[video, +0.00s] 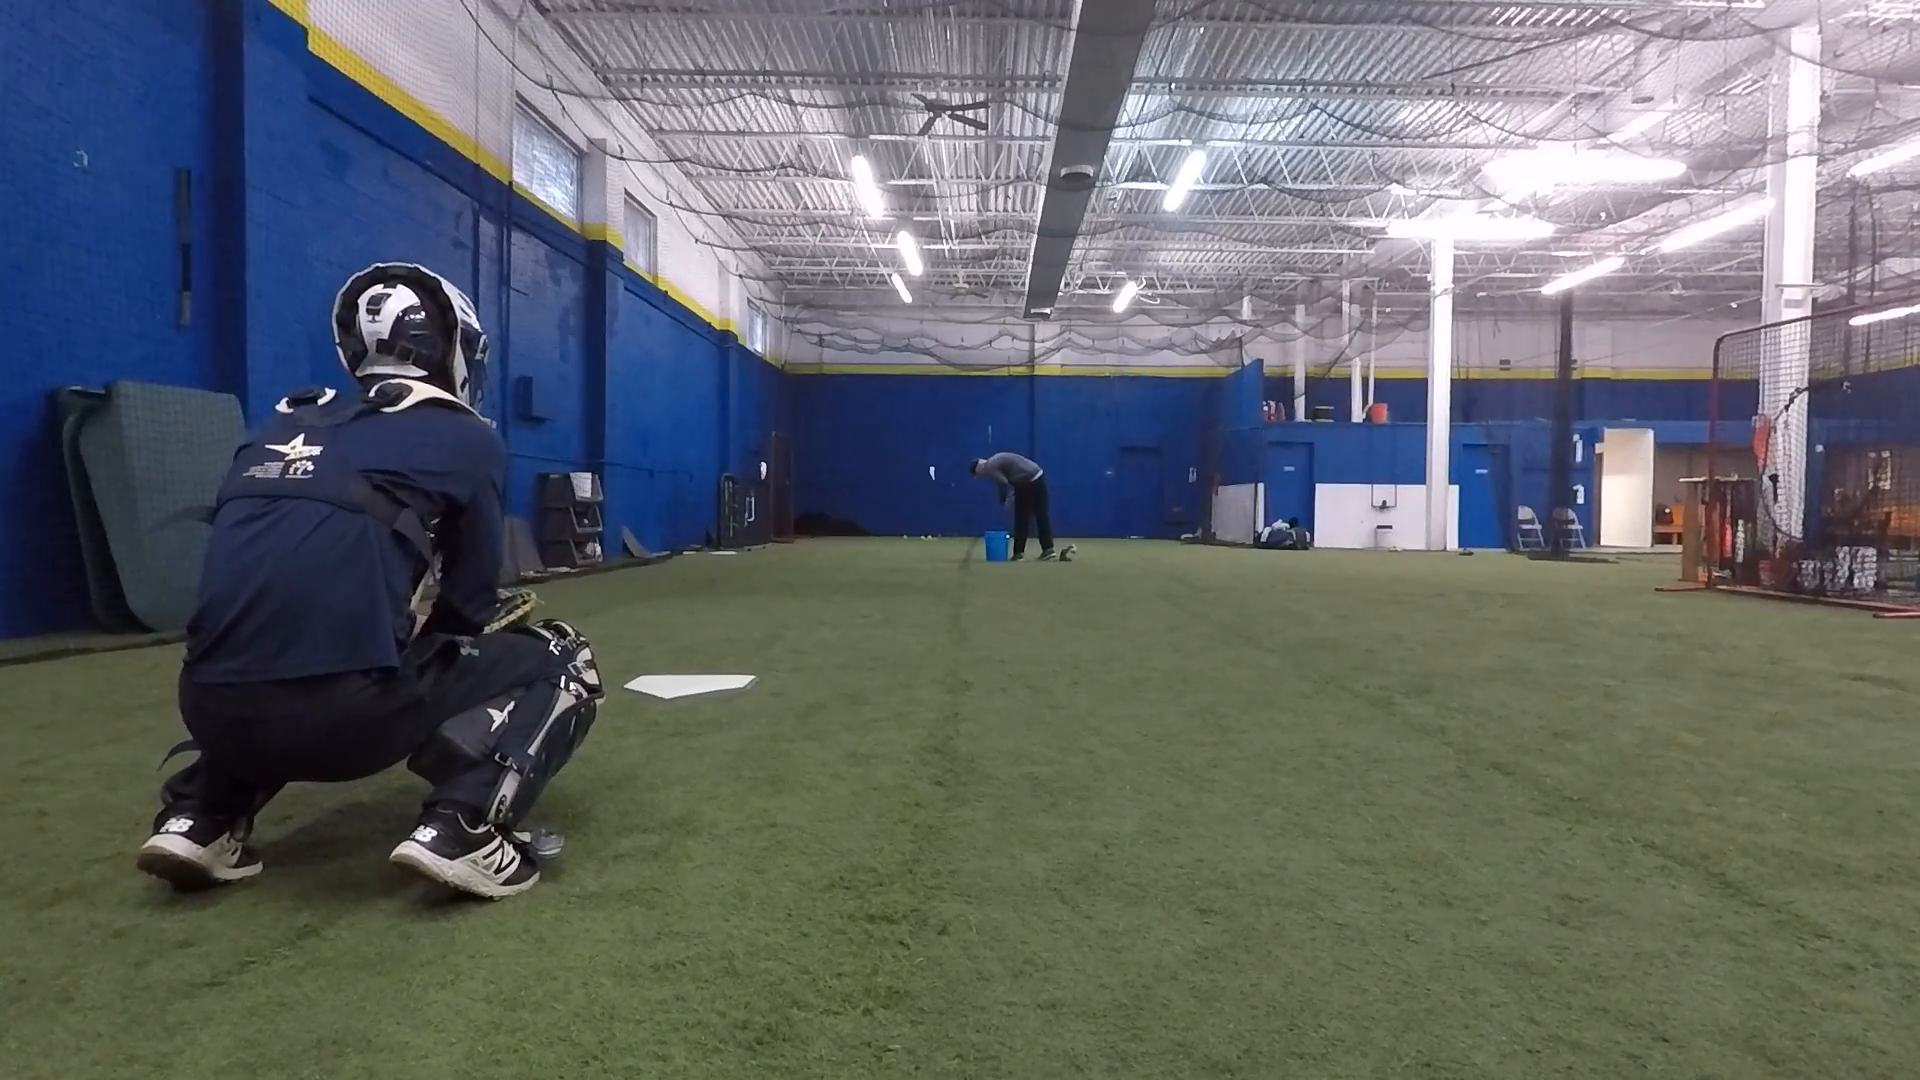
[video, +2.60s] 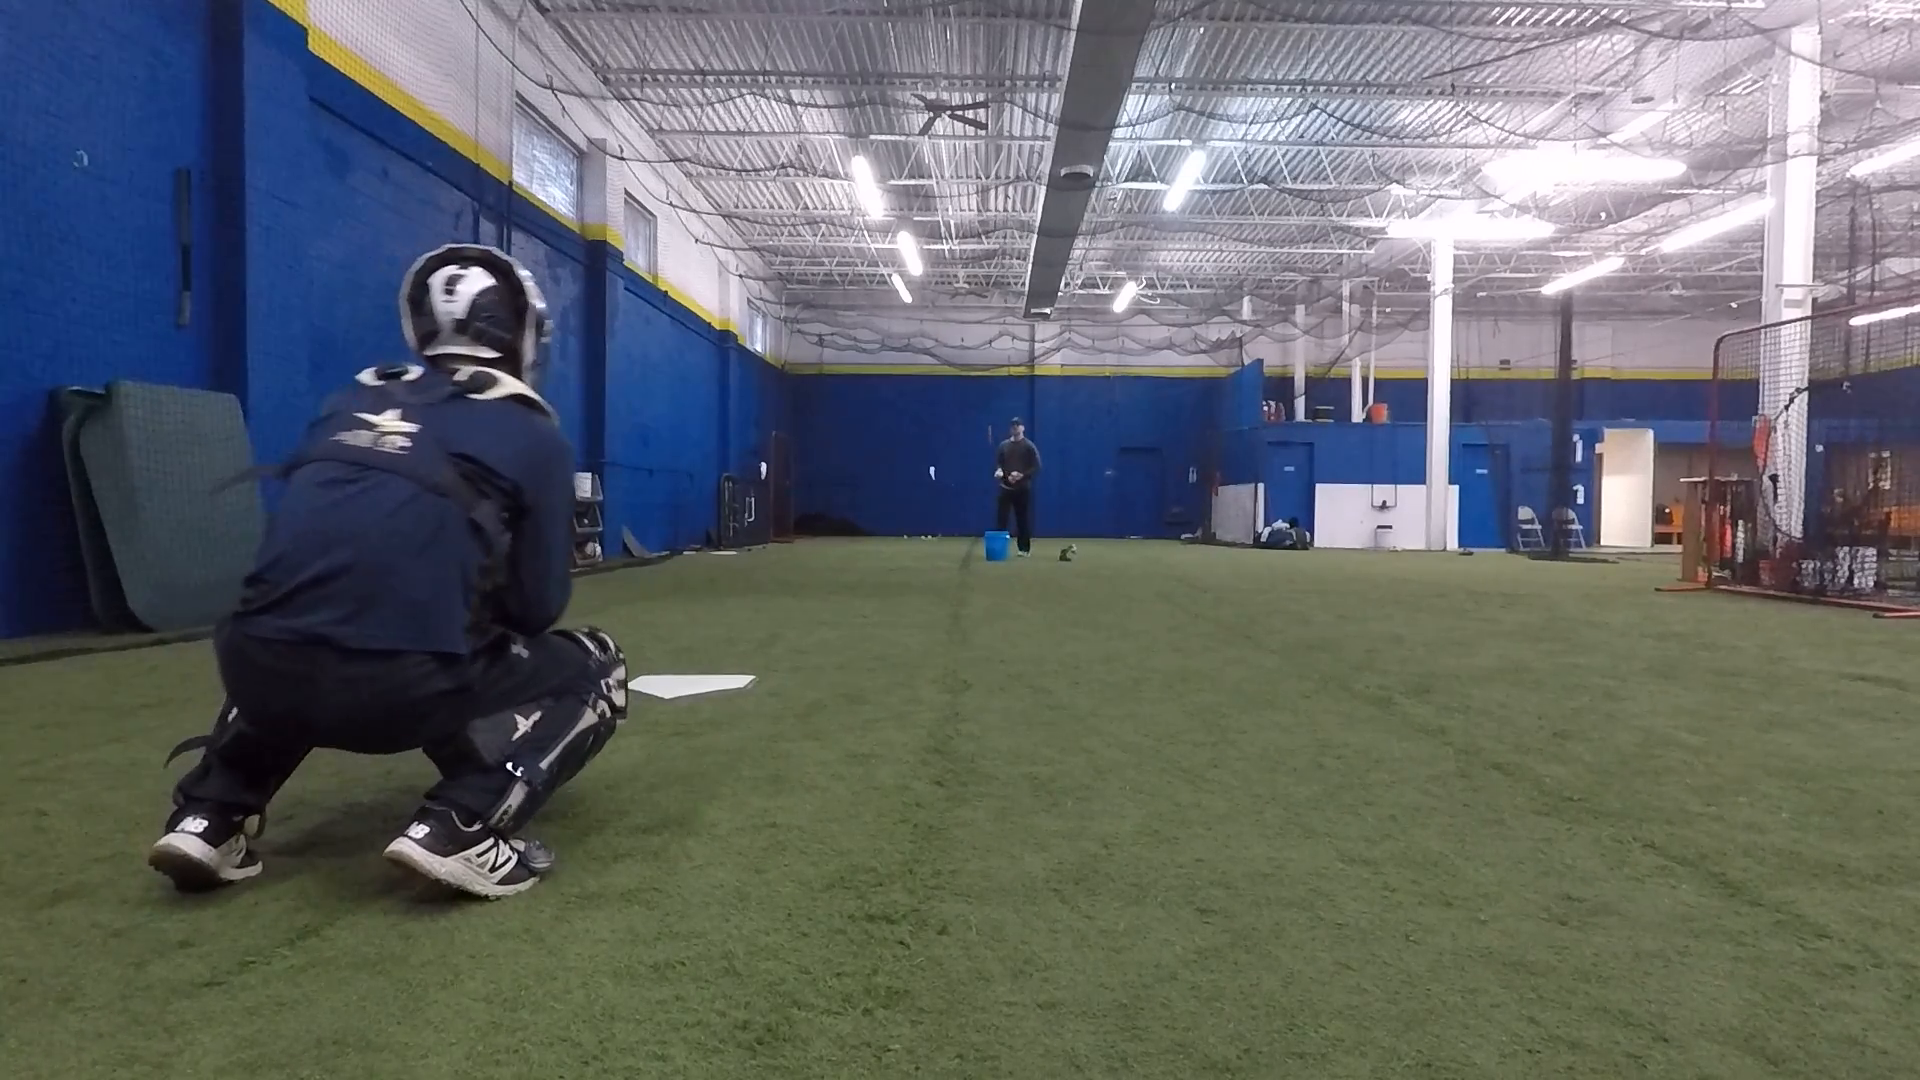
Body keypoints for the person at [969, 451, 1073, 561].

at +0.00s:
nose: (982, 476)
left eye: (979, 474)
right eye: (979, 475)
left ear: (980, 466)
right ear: (982, 463)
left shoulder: (990, 467)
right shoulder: (994, 461)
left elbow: (1004, 483)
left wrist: (1003, 499)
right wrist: (1008, 495)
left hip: (1035, 480)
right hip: (1021, 484)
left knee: (1041, 516)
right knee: (1021, 519)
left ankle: (1048, 549)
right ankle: (1018, 552)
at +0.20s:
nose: (981, 476)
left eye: (978, 474)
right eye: (978, 475)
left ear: (980, 465)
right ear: (981, 463)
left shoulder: (991, 467)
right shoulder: (992, 465)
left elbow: (1004, 487)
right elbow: (1002, 489)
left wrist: (1000, 510)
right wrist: (1000, 510)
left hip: (1035, 479)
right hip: (1021, 484)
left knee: (1041, 516)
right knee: (1021, 519)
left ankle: (1048, 549)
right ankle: (1018, 552)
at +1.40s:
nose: (979, 463)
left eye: (977, 460)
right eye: (977, 462)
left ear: (980, 455)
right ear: (982, 452)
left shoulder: (992, 460)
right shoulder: (995, 452)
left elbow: (1003, 482)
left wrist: (997, 499)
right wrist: (997, 497)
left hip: (1027, 482)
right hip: (1018, 483)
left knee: (1023, 518)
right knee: (1016, 518)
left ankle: (1043, 545)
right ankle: (1017, 551)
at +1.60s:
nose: (981, 448)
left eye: (980, 445)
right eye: (979, 445)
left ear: (983, 441)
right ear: (988, 436)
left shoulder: (995, 449)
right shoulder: (1002, 443)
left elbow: (1006, 468)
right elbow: (1010, 466)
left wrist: (996, 478)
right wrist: (1001, 479)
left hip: (1017, 483)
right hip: (1024, 480)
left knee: (1008, 515)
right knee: (1012, 514)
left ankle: (1017, 549)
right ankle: (1019, 543)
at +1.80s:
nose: (984, 440)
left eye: (984, 436)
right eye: (982, 437)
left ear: (989, 433)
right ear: (988, 434)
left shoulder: (1001, 445)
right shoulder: (999, 446)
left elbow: (1008, 466)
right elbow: (1004, 467)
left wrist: (995, 473)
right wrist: (994, 472)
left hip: (1013, 487)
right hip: (1008, 487)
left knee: (1009, 517)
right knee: (1001, 517)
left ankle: (1016, 549)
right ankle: (998, 549)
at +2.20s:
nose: (996, 431)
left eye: (998, 427)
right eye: (994, 428)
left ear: (1004, 427)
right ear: (992, 431)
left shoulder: (1014, 444)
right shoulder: (992, 447)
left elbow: (1020, 464)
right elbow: (991, 462)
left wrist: (1001, 469)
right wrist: (989, 468)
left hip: (1011, 487)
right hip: (997, 488)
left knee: (1010, 516)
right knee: (996, 517)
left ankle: (1025, 541)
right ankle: (995, 546)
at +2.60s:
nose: (1016, 429)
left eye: (1018, 426)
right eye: (1013, 426)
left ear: (1023, 428)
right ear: (1010, 429)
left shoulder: (1029, 446)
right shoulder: (1003, 446)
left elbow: (1036, 466)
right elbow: (999, 463)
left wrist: (1022, 475)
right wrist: (1002, 472)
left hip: (1022, 488)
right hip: (1006, 487)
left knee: (1022, 519)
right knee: (1002, 517)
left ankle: (1024, 548)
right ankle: (999, 547)